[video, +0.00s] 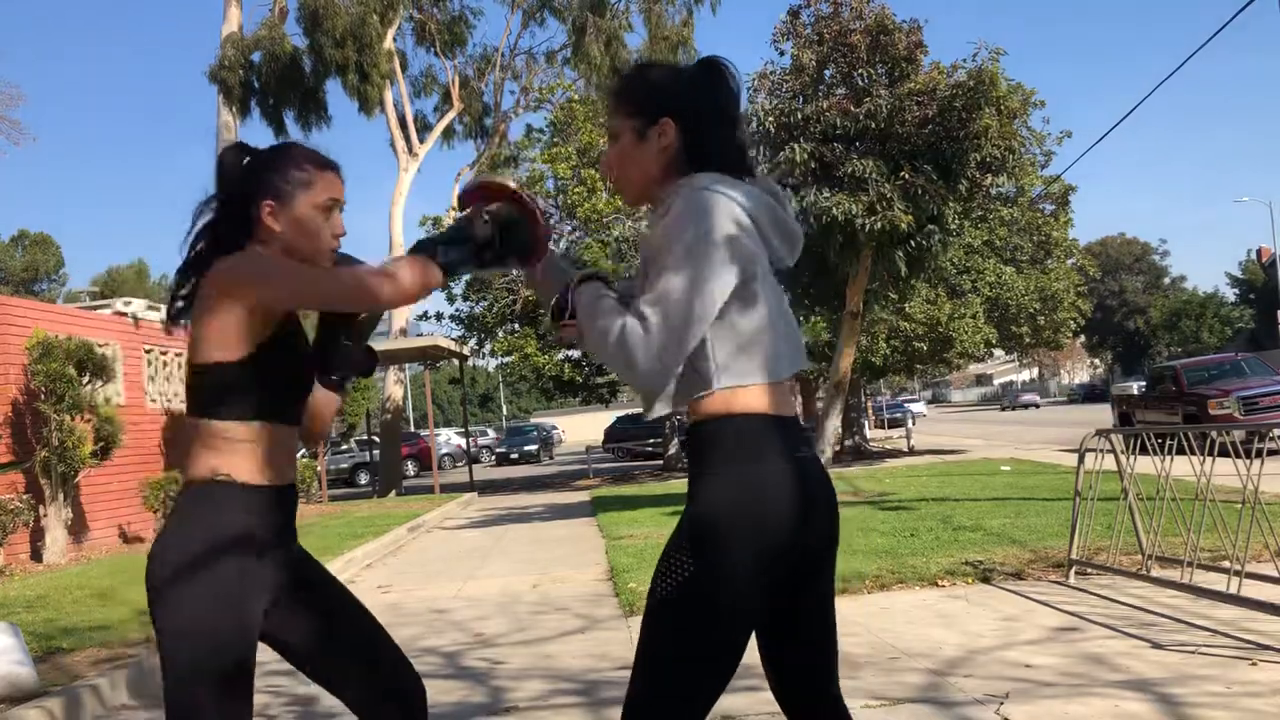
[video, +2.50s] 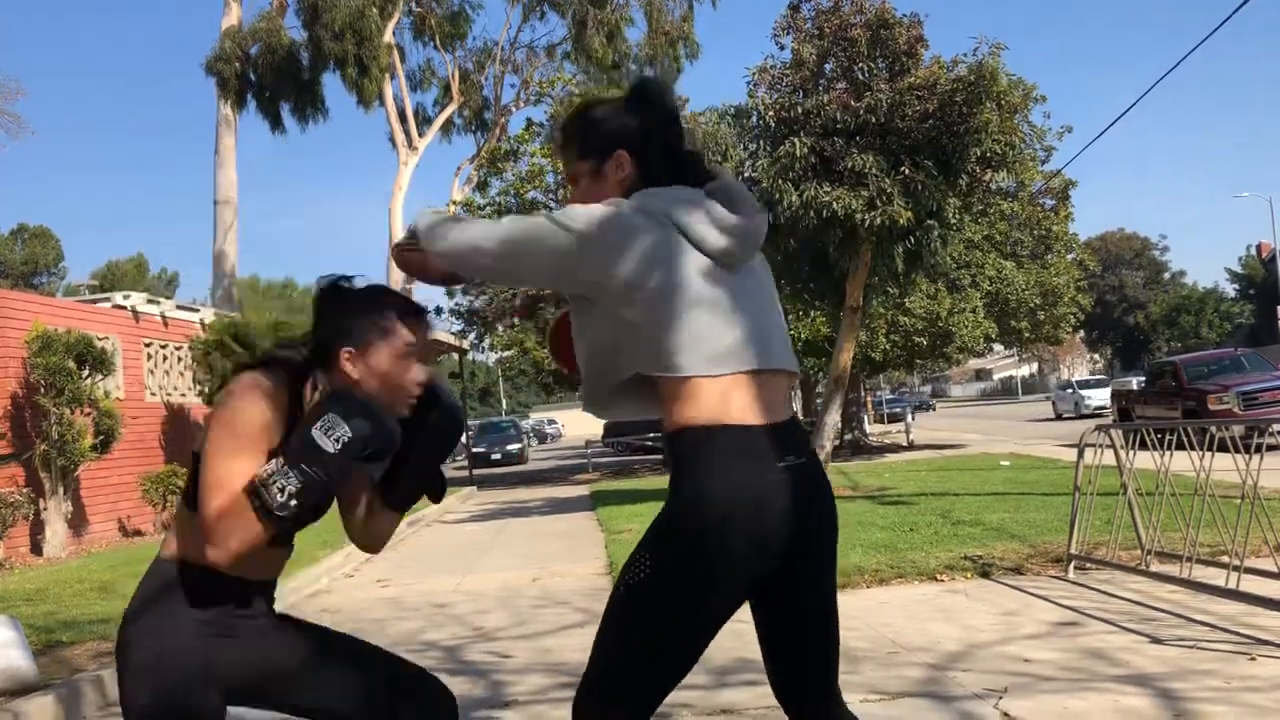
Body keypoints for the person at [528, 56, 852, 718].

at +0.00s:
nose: (605, 157)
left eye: (616, 137)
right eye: (608, 140)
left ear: (663, 138)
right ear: (665, 139)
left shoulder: (698, 210)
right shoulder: (727, 206)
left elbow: (647, 359)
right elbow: (645, 332)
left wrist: (576, 291)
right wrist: (545, 265)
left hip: (739, 484)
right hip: (791, 477)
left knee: (656, 708)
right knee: (814, 701)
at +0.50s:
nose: (606, 169)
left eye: (614, 149)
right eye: (606, 152)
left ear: (663, 148)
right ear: (665, 150)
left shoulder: (664, 222)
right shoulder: (730, 217)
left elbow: (598, 327)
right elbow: (670, 357)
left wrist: (533, 374)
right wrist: (597, 351)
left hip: (725, 486)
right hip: (798, 480)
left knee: (619, 705)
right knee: (812, 700)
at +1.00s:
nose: (614, 186)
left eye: (620, 168)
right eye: (611, 170)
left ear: (669, 155)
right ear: (672, 157)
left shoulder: (656, 226)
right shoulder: (758, 220)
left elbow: (537, 313)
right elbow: (709, 315)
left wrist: (584, 333)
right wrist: (620, 327)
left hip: (738, 490)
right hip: (820, 484)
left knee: (637, 707)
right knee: (824, 702)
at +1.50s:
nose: (625, 180)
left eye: (631, 160)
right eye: (624, 163)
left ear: (681, 153)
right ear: (683, 152)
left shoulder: (697, 226)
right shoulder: (772, 224)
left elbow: (623, 366)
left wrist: (529, 305)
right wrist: (555, 311)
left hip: (752, 501)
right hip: (817, 495)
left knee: (637, 707)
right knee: (818, 705)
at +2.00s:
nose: (609, 179)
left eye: (618, 159)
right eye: (609, 162)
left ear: (669, 155)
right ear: (674, 157)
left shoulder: (666, 225)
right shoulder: (750, 221)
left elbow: (583, 344)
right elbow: (699, 329)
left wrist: (504, 322)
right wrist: (609, 282)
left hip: (741, 489)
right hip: (812, 484)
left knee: (615, 701)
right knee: (810, 702)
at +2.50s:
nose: (569, 195)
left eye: (574, 179)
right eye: (566, 182)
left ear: (621, 167)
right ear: (635, 162)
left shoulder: (620, 230)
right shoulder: (731, 223)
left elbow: (436, 244)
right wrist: (596, 345)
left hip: (719, 493)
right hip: (801, 488)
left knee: (605, 705)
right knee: (815, 700)